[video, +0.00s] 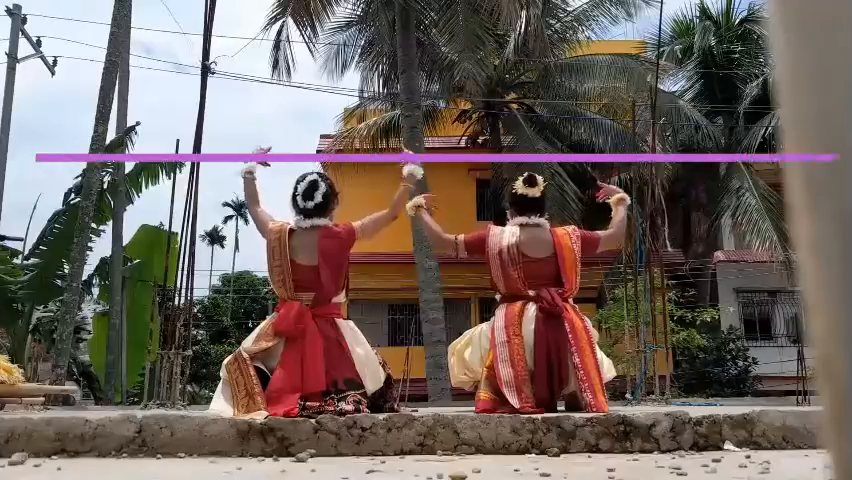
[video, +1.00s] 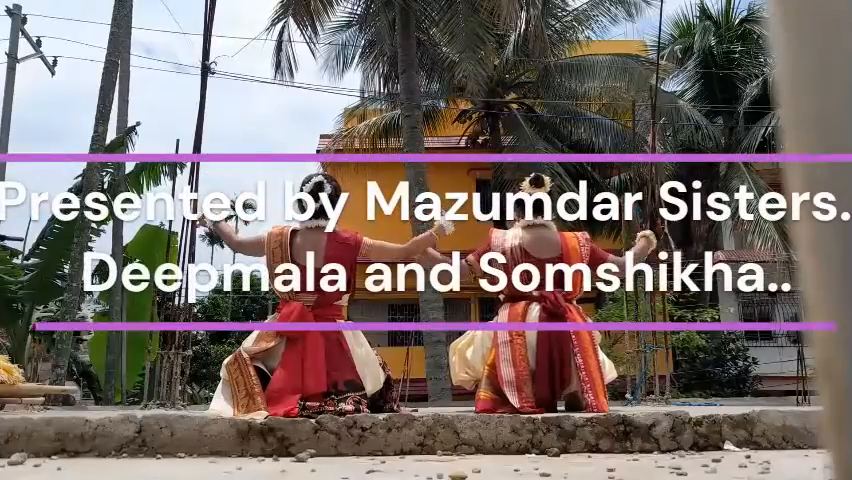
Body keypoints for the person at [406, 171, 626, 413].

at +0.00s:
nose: (507, 216)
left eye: (507, 210)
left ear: (510, 211)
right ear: (545, 210)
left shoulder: (495, 237)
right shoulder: (568, 238)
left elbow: (444, 244)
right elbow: (615, 238)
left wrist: (420, 213)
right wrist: (620, 203)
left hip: (513, 325)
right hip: (562, 324)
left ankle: (506, 394)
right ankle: (575, 394)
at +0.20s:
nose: (509, 214)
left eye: (509, 209)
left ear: (510, 210)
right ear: (545, 208)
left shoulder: (494, 238)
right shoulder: (569, 238)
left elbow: (441, 247)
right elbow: (618, 240)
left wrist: (427, 214)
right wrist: (615, 208)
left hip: (511, 326)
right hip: (562, 325)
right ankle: (576, 394)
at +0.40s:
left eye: (522, 201)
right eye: (536, 201)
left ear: (511, 206)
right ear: (547, 205)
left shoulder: (493, 240)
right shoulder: (570, 240)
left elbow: (452, 260)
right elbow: (620, 253)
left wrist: (423, 239)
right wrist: (624, 227)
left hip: (511, 330)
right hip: (565, 327)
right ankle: (578, 400)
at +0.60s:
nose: (528, 213)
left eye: (526, 205)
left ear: (513, 206)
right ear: (548, 204)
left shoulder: (499, 240)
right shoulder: (572, 239)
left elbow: (462, 265)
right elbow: (609, 266)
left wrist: (427, 253)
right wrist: (637, 238)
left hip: (512, 317)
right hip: (565, 316)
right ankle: (581, 402)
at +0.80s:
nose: (528, 209)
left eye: (528, 203)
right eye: (530, 203)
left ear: (515, 207)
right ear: (550, 207)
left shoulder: (497, 243)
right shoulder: (573, 244)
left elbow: (462, 274)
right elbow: (616, 271)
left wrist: (426, 260)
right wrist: (638, 246)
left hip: (510, 328)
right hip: (565, 329)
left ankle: (511, 401)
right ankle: (575, 394)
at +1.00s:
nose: (527, 213)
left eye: (524, 205)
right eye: (531, 205)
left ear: (516, 207)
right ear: (551, 207)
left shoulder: (499, 241)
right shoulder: (575, 243)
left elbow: (467, 267)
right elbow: (618, 267)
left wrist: (431, 256)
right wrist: (641, 249)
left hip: (513, 328)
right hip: (565, 329)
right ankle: (578, 397)